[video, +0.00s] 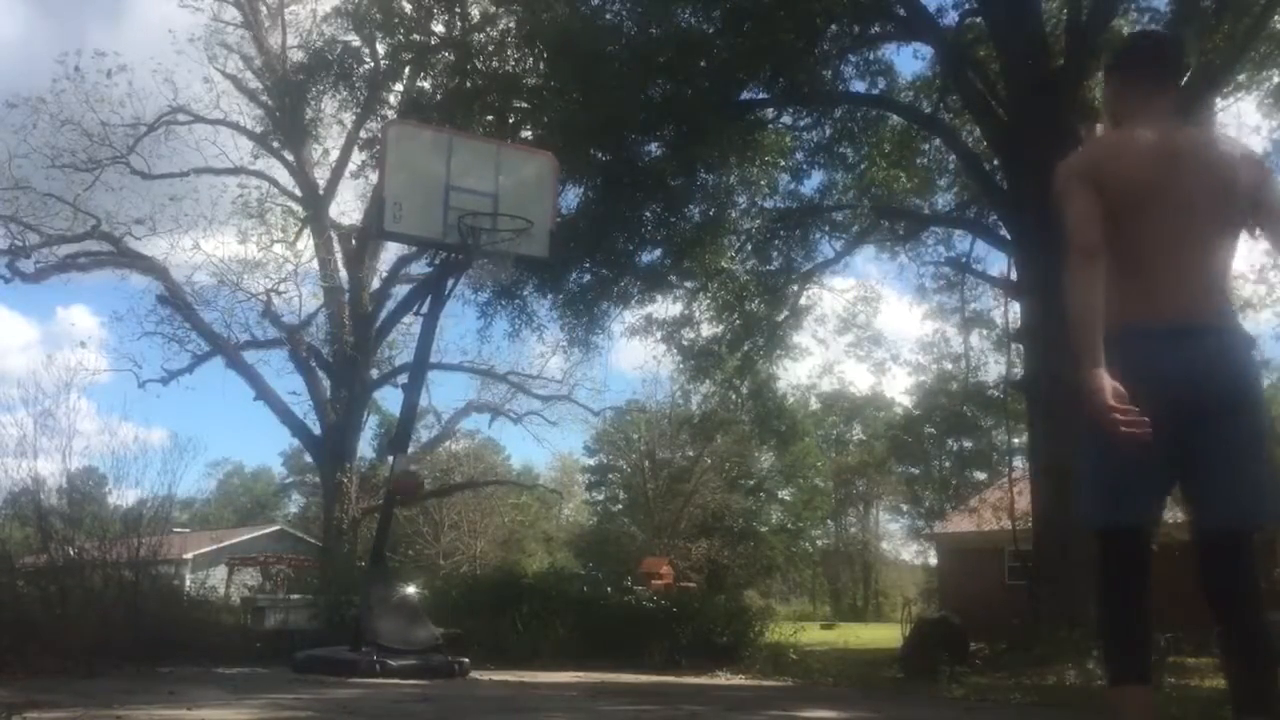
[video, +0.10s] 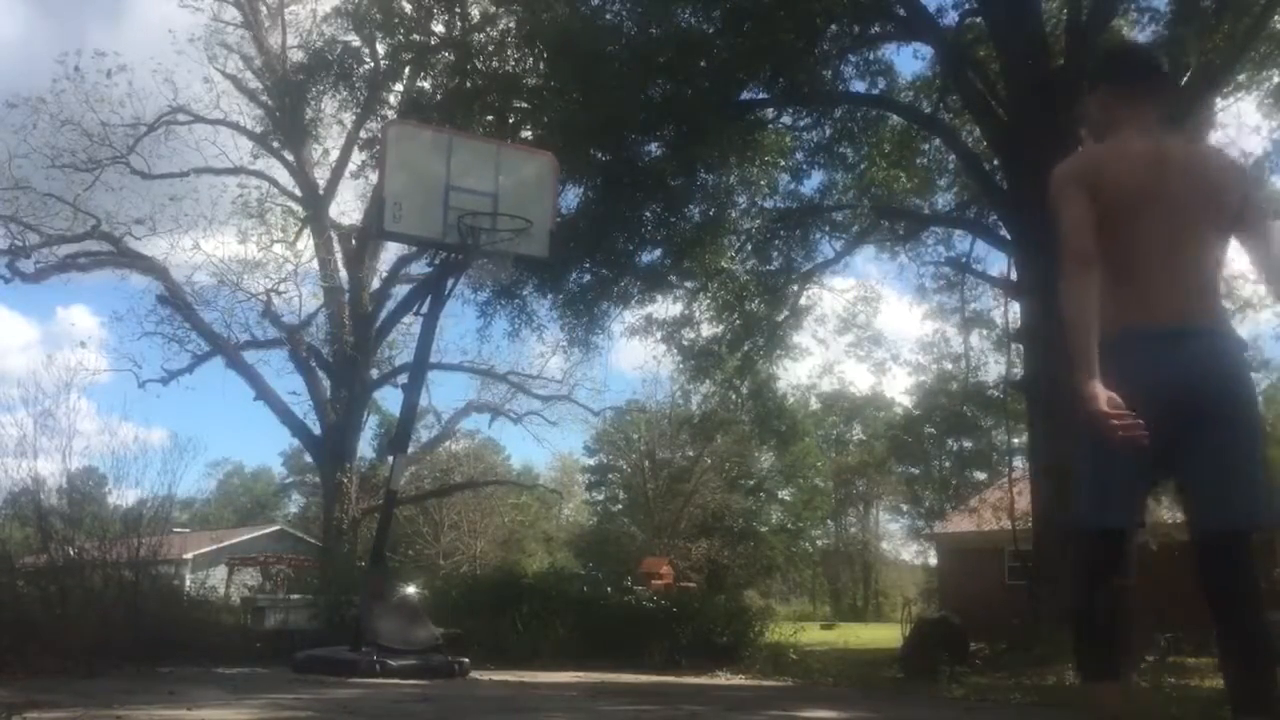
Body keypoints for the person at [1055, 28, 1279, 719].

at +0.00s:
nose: (1110, 99)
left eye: (1111, 88)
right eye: (1114, 88)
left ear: (1116, 88)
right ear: (1178, 86)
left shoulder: (1087, 162)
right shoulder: (1232, 159)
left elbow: (1086, 258)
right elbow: (1278, 230)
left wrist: (1094, 365)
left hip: (1128, 361)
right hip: (1219, 359)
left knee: (1122, 547)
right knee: (1231, 546)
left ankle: (1130, 696)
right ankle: (1255, 699)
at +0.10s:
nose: (1085, 121)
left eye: (1088, 109)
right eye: (1086, 109)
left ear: (1106, 103)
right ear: (1163, 100)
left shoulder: (1081, 169)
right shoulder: (1223, 168)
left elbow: (1081, 268)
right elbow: (1272, 265)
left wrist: (1088, 375)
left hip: (1124, 366)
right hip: (1214, 365)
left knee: (1103, 549)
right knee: (1230, 549)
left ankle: (1103, 699)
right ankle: (1254, 700)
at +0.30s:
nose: (1038, 153)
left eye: (1040, 141)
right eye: (1041, 141)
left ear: (1052, 136)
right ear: (1101, 132)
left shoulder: (1047, 191)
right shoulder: (1165, 194)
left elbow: (1058, 303)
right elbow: (1192, 306)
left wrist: (1065, 424)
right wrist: (1183, 380)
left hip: (1103, 378)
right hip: (1185, 377)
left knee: (1068, 551)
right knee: (1203, 552)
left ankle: (1046, 698)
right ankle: (1243, 703)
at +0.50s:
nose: (972, 178)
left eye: (974, 164)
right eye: (969, 165)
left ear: (998, 155)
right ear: (1040, 153)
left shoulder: (992, 203)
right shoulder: (1096, 206)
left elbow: (997, 316)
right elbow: (1106, 305)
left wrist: (1001, 423)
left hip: (1040, 374)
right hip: (1116, 372)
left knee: (1036, 547)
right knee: (1127, 546)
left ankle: (1025, 693)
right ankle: (1197, 685)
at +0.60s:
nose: (941, 170)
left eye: (943, 157)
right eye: (939, 158)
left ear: (964, 151)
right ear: (1001, 145)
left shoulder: (964, 206)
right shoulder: (1060, 202)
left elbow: (965, 321)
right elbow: (1072, 312)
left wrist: (959, 433)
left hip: (1015, 383)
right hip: (1083, 381)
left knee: (1014, 555)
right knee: (1074, 559)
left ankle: (1018, 701)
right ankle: (1152, 675)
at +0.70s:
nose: (922, 176)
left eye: (923, 164)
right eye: (920, 164)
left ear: (941, 156)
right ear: (981, 150)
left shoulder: (943, 209)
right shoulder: (1037, 209)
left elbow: (935, 312)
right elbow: (1046, 307)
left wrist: (921, 398)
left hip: (991, 379)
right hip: (1053, 379)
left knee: (997, 539)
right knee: (1046, 533)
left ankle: (1011, 690)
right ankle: (1080, 662)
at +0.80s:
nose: (904, 179)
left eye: (905, 168)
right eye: (904, 168)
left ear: (919, 159)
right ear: (957, 155)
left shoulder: (922, 214)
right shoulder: (1011, 213)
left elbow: (906, 326)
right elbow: (1027, 314)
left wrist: (884, 435)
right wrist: (1024, 378)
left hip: (967, 385)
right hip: (1027, 384)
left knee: (976, 541)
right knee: (990, 532)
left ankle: (1007, 694)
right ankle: (1010, 681)